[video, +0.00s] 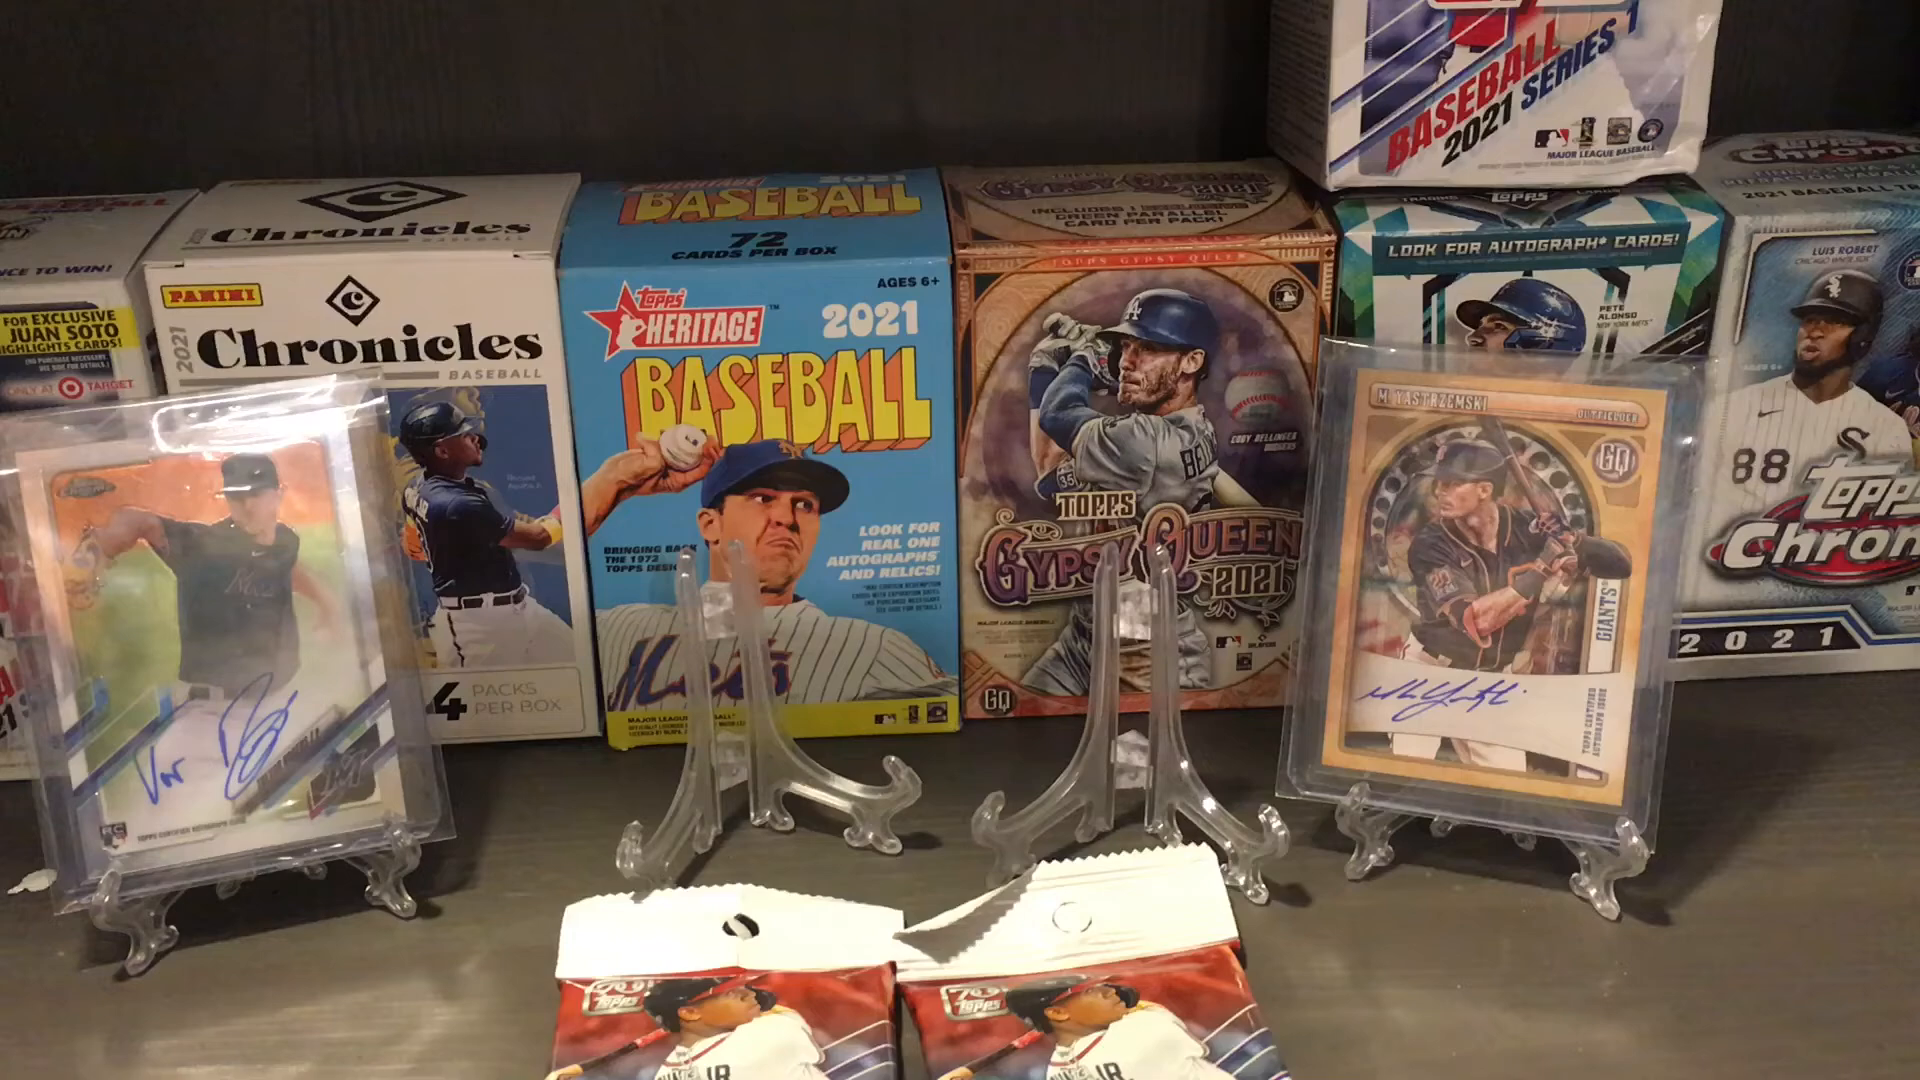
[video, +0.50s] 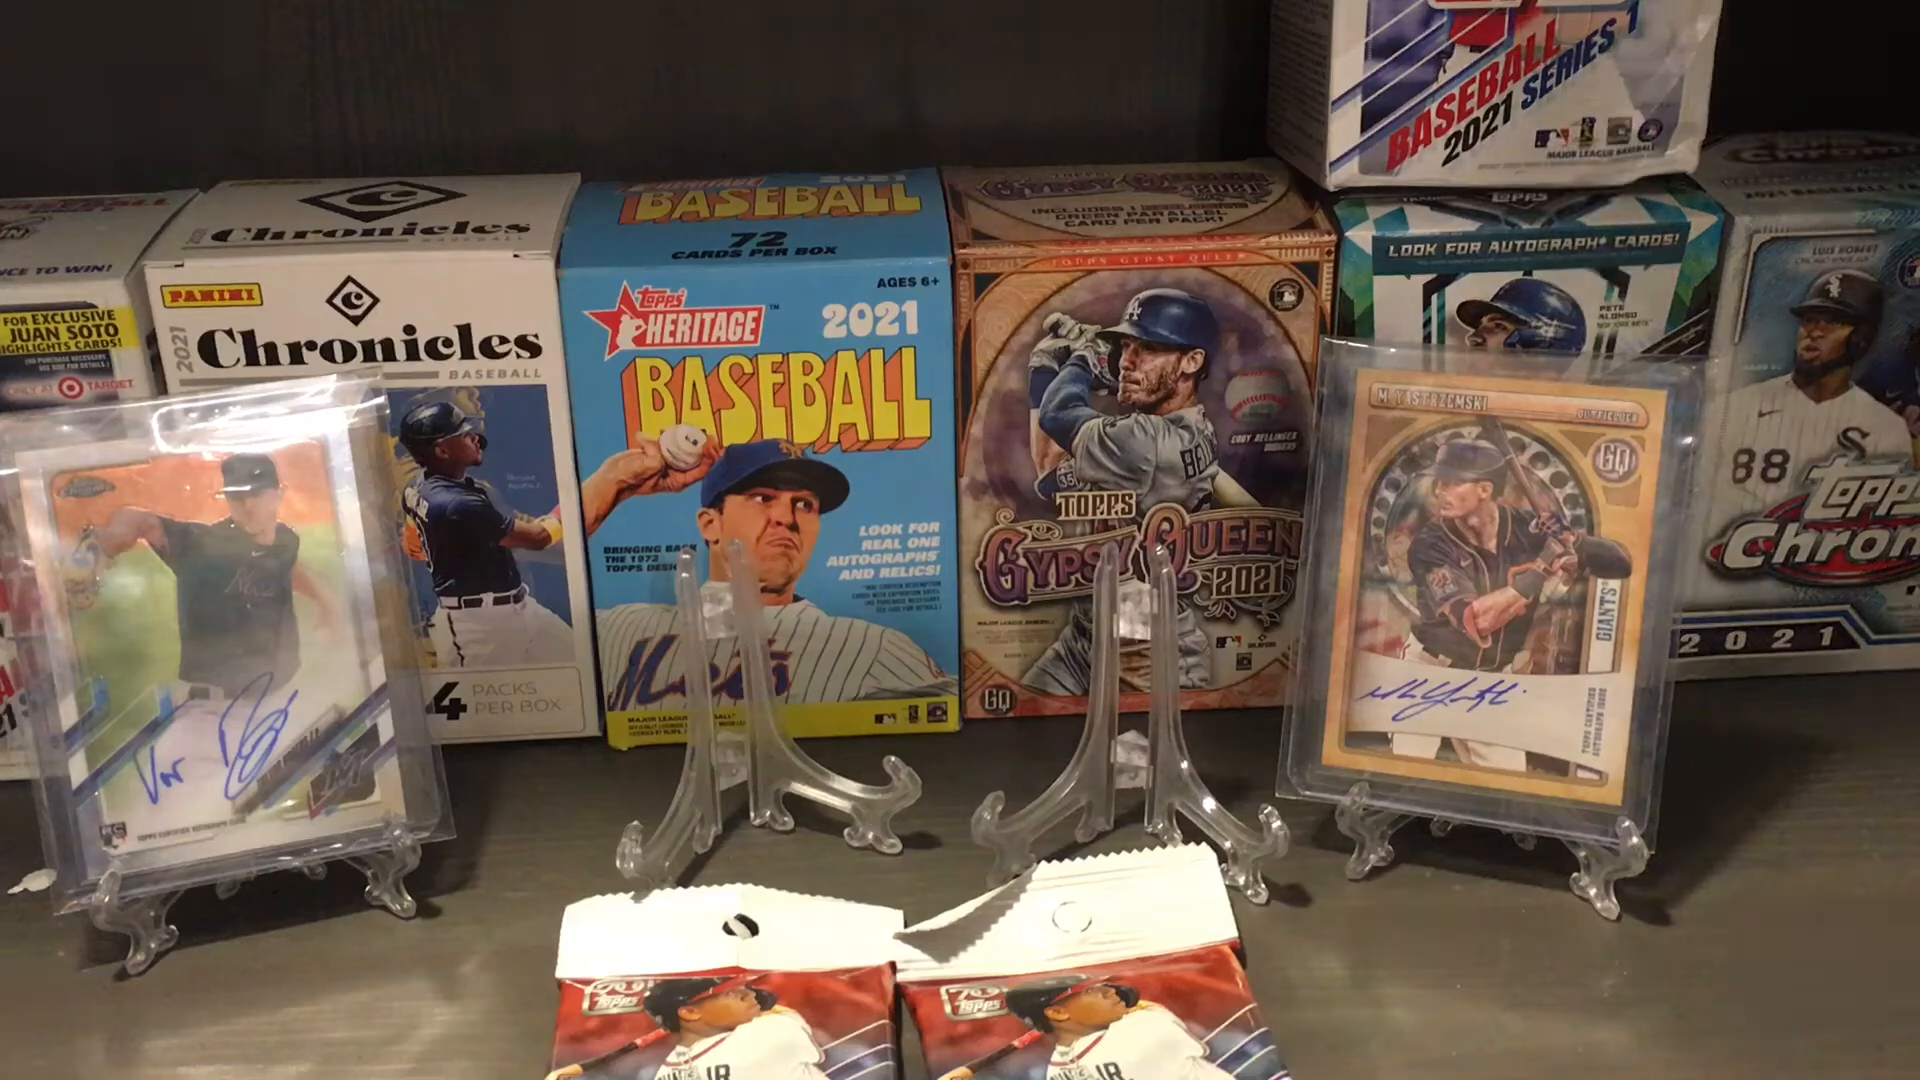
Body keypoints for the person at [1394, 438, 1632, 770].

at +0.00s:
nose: (1440, 492)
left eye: (1452, 484)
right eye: (1439, 483)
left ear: (1484, 491)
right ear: (1436, 487)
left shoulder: (1527, 529)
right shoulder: (1430, 542)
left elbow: (1622, 563)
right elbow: (1473, 621)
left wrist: (1576, 548)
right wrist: (1539, 572)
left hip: (1497, 677)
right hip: (1430, 670)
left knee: (1509, 789)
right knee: (1410, 775)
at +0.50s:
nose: (1440, 491)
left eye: (1452, 483)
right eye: (1439, 482)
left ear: (1484, 490)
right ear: (1435, 485)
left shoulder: (1527, 528)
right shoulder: (1430, 541)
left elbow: (1622, 563)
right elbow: (1474, 621)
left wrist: (1574, 547)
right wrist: (1539, 571)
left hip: (1499, 676)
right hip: (1431, 670)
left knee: (1509, 788)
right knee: (1411, 774)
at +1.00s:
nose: (1439, 491)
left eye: (1452, 483)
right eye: (1439, 482)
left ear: (1484, 491)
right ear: (1435, 485)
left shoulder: (1526, 528)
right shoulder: (1430, 542)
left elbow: (1623, 564)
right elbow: (1473, 620)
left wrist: (1575, 545)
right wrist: (1539, 572)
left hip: (1497, 677)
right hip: (1430, 671)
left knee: (1509, 787)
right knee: (1410, 775)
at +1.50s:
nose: (1439, 492)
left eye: (1452, 484)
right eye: (1438, 483)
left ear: (1484, 491)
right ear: (1434, 485)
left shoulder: (1527, 528)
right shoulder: (1430, 540)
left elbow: (1622, 564)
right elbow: (1472, 621)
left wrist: (1575, 550)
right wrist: (1539, 571)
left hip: (1498, 674)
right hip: (1430, 667)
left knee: (1509, 786)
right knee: (1413, 768)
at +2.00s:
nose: (1440, 493)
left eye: (1452, 485)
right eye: (1439, 483)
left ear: (1484, 491)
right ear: (1435, 484)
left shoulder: (1527, 528)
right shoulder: (1431, 539)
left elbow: (1622, 563)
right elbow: (1471, 620)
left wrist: (1573, 546)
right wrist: (1535, 575)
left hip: (1496, 676)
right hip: (1429, 667)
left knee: (1508, 786)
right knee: (1413, 769)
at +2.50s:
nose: (1439, 492)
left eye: (1452, 485)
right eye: (1438, 483)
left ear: (1484, 491)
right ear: (1434, 484)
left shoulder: (1527, 528)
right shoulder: (1430, 541)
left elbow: (1621, 564)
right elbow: (1473, 622)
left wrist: (1572, 546)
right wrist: (1538, 572)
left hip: (1496, 676)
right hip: (1430, 668)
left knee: (1509, 787)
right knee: (1412, 769)